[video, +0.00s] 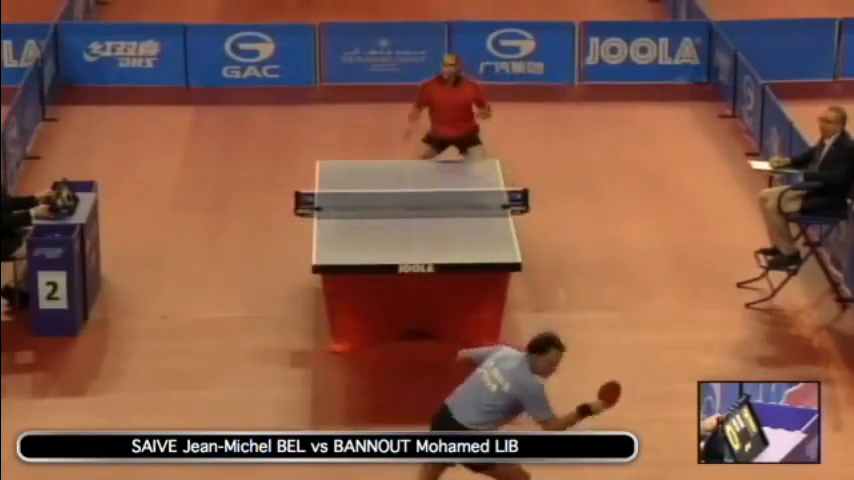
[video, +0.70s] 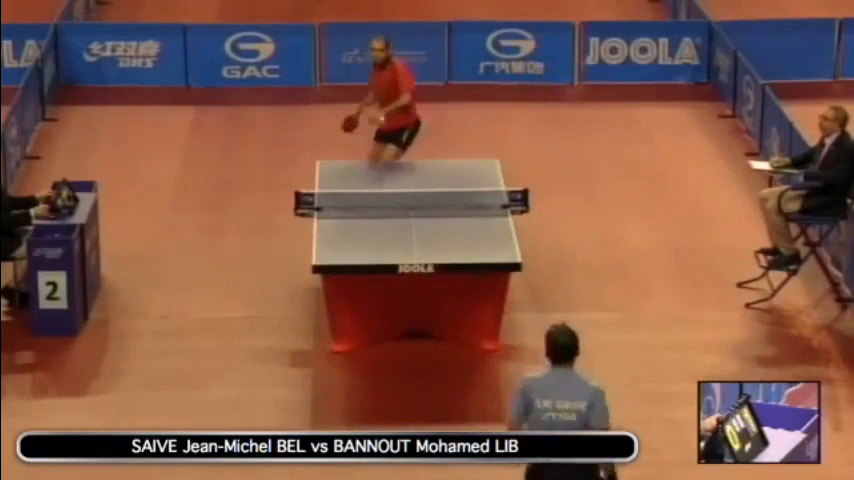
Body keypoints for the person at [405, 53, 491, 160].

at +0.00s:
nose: (447, 70)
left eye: (451, 66)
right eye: (445, 66)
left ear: (458, 68)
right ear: (442, 67)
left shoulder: (470, 87)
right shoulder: (429, 87)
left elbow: (484, 108)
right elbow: (417, 109)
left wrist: (484, 113)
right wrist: (410, 127)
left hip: (466, 135)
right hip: (439, 135)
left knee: (480, 164)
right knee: (421, 162)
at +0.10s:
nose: (432, 73)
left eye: (436, 69)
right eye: (430, 69)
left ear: (443, 71)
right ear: (427, 70)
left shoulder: (455, 91)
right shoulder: (418, 90)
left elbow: (469, 117)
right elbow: (408, 111)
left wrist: (459, 128)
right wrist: (401, 120)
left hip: (454, 138)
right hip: (429, 139)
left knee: (468, 169)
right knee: (410, 167)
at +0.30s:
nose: (413, 71)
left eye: (417, 67)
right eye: (410, 67)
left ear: (423, 69)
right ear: (407, 69)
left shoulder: (437, 87)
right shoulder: (409, 87)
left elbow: (431, 117)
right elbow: (409, 114)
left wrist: (407, 116)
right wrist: (392, 131)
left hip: (445, 139)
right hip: (422, 137)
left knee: (462, 170)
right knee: (392, 154)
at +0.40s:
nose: (400, 66)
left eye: (404, 62)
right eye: (399, 62)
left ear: (412, 64)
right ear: (396, 64)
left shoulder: (423, 82)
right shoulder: (402, 83)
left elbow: (415, 112)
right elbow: (399, 110)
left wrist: (394, 112)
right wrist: (385, 125)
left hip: (434, 138)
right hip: (413, 137)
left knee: (450, 172)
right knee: (389, 156)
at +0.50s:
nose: (386, 64)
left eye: (390, 60)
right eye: (383, 60)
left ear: (397, 61)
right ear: (381, 61)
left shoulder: (408, 80)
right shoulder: (388, 81)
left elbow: (405, 112)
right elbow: (387, 108)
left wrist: (377, 120)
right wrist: (371, 126)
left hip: (422, 135)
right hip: (403, 134)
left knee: (420, 171)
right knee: (380, 161)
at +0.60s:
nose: (380, 60)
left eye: (383, 56)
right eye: (378, 56)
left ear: (391, 57)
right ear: (375, 58)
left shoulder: (401, 76)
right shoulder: (380, 78)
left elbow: (409, 104)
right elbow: (381, 103)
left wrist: (382, 116)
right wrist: (367, 112)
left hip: (416, 128)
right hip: (397, 129)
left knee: (406, 166)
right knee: (383, 164)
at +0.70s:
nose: (376, 54)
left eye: (380, 50)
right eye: (374, 50)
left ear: (388, 51)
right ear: (371, 51)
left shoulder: (399, 69)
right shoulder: (378, 70)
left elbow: (406, 98)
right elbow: (374, 95)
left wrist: (383, 112)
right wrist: (358, 112)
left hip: (406, 122)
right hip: (388, 122)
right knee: (373, 161)